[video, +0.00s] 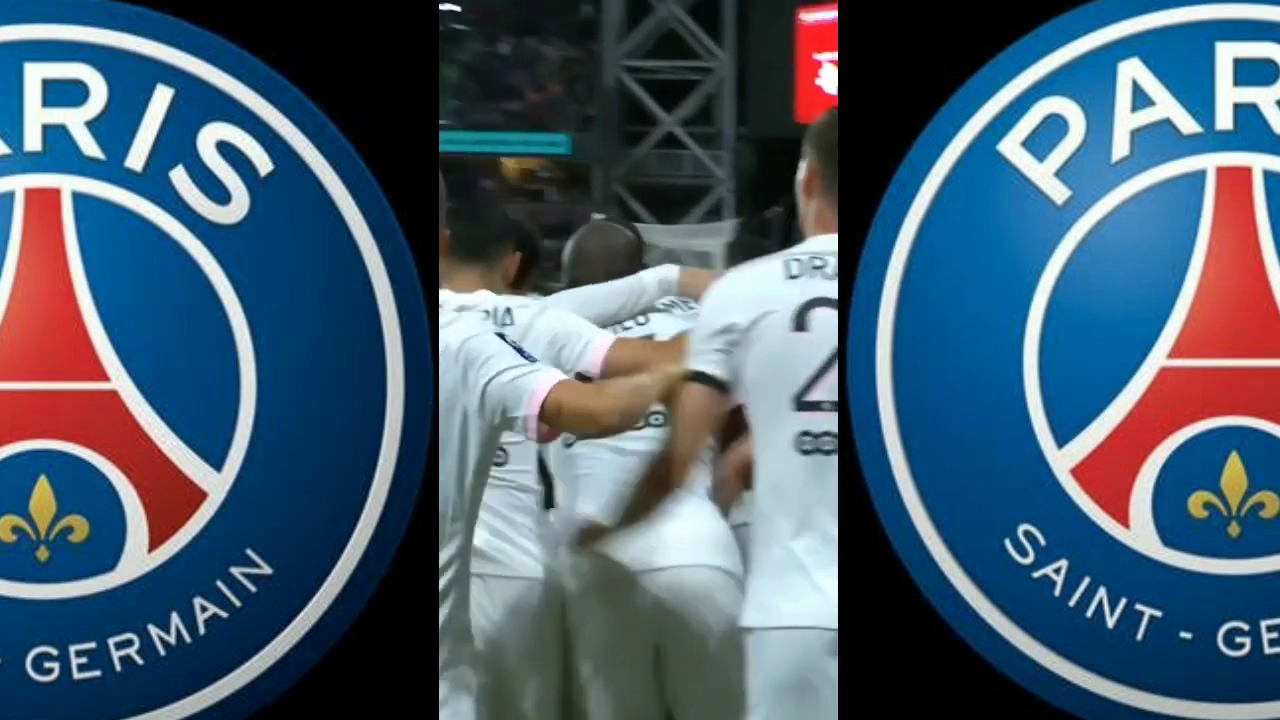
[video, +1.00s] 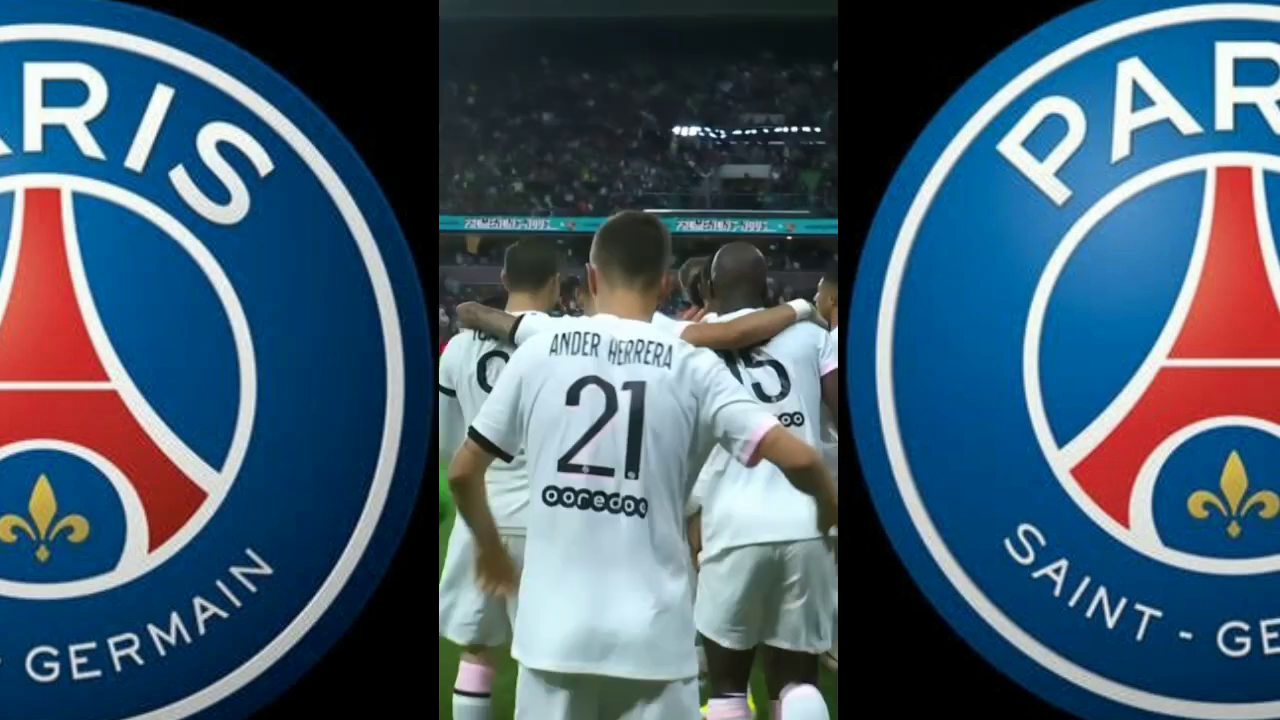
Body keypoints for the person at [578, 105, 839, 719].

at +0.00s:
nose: (799, 178)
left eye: (802, 167)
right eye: (804, 166)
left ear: (808, 176)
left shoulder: (745, 288)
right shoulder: (920, 284)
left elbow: (679, 461)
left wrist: (614, 528)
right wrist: (754, 460)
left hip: (800, 608)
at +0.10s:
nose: (830, 188)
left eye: (831, 177)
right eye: (834, 176)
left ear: (833, 191)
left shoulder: (781, 302)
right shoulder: (962, 288)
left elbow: (768, 487)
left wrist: (719, 587)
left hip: (826, 604)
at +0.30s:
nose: (626, 288)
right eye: (622, 277)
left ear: (537, 271)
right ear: (609, 279)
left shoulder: (509, 331)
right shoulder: (625, 332)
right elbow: (758, 367)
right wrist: (804, 332)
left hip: (520, 573)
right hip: (616, 572)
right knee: (625, 710)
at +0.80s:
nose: (627, 287)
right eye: (621, 275)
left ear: (537, 271)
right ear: (608, 278)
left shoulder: (510, 330)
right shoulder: (626, 332)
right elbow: (759, 367)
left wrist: (750, 287)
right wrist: (808, 329)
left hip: (522, 572)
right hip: (619, 571)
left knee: (554, 710)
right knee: (624, 710)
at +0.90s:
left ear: (577, 280)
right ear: (652, 282)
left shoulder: (536, 355)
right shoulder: (674, 353)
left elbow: (465, 470)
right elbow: (780, 431)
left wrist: (524, 480)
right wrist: (839, 443)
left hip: (551, 622)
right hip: (650, 625)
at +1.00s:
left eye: (587, 275)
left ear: (592, 277)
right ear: (667, 285)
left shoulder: (541, 347)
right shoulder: (693, 363)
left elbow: (463, 473)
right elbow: (799, 457)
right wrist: (828, 505)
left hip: (553, 620)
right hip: (653, 626)